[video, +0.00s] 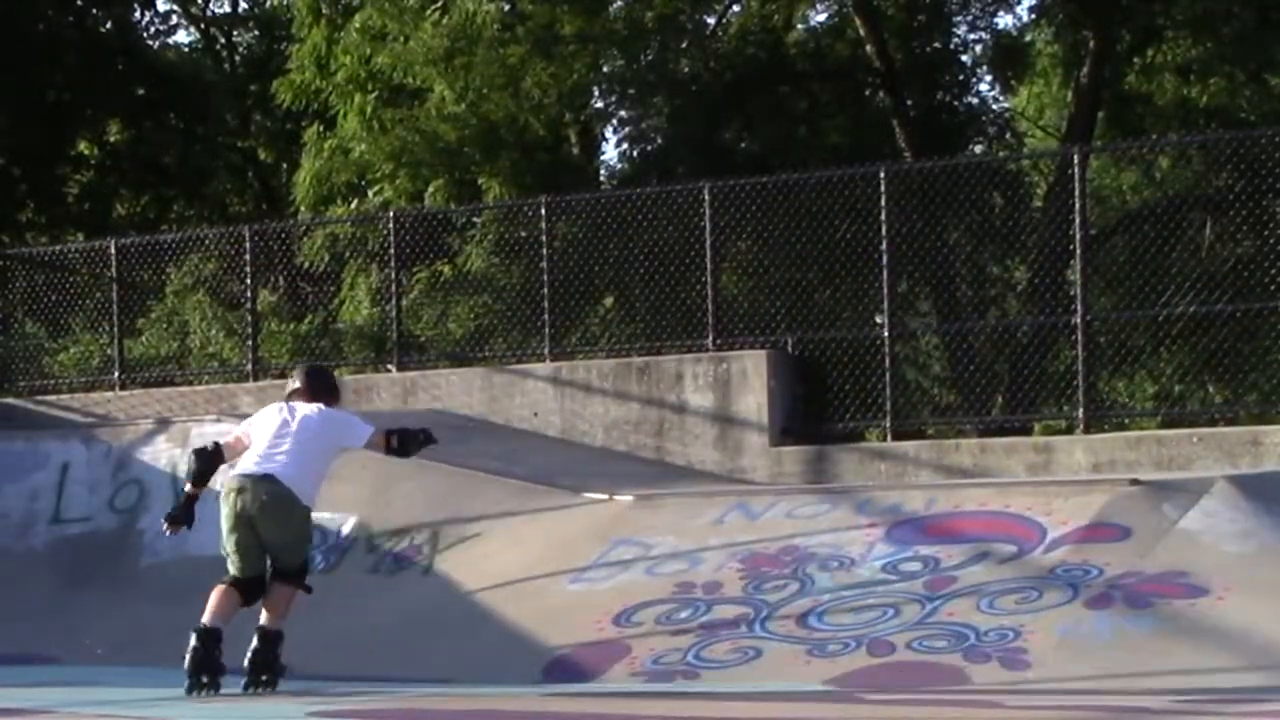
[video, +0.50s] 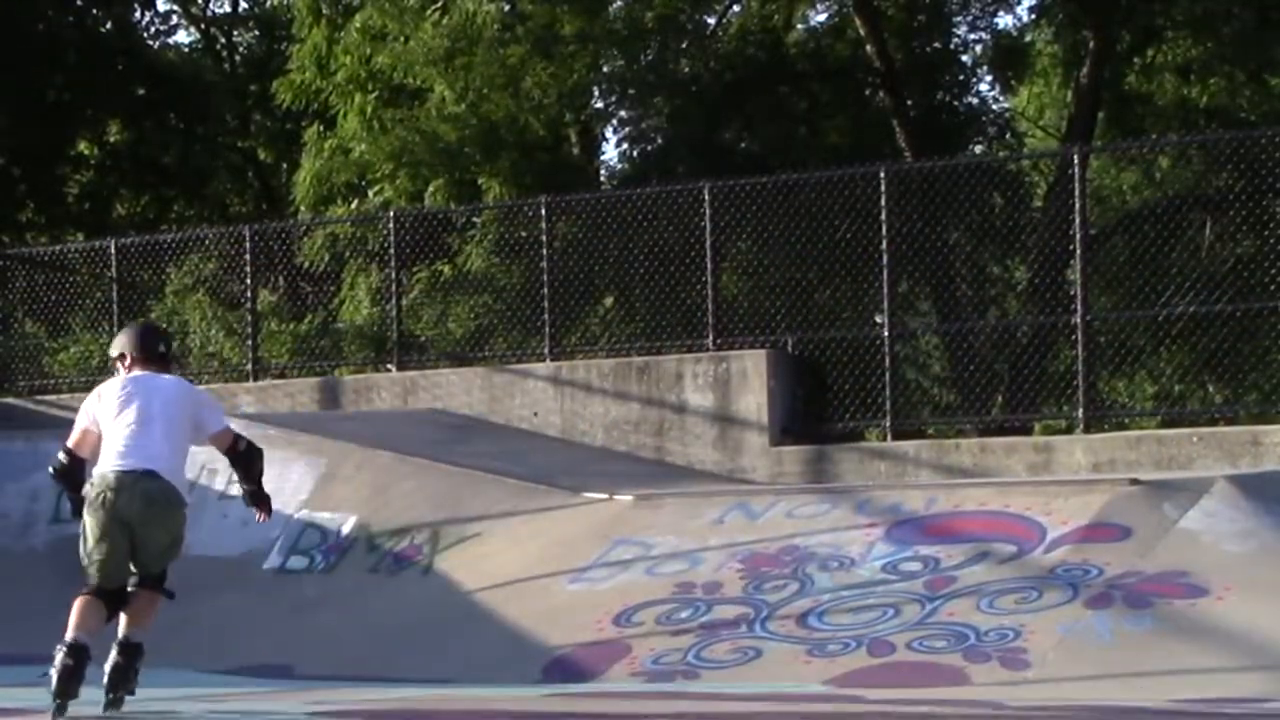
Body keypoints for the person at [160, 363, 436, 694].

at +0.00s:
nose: (335, 409)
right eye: (335, 403)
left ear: (291, 394)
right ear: (329, 399)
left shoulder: (267, 415)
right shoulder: (334, 419)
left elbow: (207, 457)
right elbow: (393, 444)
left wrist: (186, 504)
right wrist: (425, 437)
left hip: (234, 490)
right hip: (281, 493)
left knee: (244, 580)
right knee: (288, 573)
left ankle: (202, 648)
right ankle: (262, 658)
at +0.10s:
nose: (243, 393)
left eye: (246, 389)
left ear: (250, 390)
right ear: (287, 396)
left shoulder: (226, 411)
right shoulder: (294, 417)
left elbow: (165, 460)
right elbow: (352, 446)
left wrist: (147, 507)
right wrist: (370, 440)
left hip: (195, 489)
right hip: (245, 494)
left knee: (203, 580)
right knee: (247, 576)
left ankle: (163, 647)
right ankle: (222, 657)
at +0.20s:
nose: (208, 391)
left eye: (212, 387)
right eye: (257, 395)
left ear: (215, 387)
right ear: (256, 392)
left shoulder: (192, 410)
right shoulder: (264, 414)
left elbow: (132, 462)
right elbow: (325, 451)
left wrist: (122, 512)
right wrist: (331, 443)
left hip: (168, 488)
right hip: (219, 495)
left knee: (173, 582)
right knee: (216, 578)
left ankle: (133, 646)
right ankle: (192, 656)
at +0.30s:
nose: (223, 388)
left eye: (177, 380)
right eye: (222, 382)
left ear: (178, 380)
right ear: (221, 382)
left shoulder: (155, 405)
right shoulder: (230, 409)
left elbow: (102, 462)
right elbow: (291, 450)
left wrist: (102, 510)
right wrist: (302, 461)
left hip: (139, 489)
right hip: (192, 495)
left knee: (139, 582)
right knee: (184, 579)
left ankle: (105, 650)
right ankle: (163, 654)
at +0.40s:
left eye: (152, 370)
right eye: (196, 373)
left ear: (152, 371)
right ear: (193, 373)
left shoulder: (130, 398)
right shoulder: (207, 403)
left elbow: (81, 464)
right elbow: (269, 450)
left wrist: (91, 506)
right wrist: (279, 476)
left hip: (123, 489)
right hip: (175, 495)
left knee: (120, 582)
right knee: (166, 578)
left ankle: (87, 652)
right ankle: (143, 655)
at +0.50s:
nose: (115, 370)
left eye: (116, 364)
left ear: (124, 361)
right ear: (167, 360)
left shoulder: (106, 391)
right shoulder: (188, 393)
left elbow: (68, 463)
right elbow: (240, 450)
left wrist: (81, 501)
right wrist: (254, 489)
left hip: (107, 487)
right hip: (162, 491)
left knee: (101, 585)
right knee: (150, 580)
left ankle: (71, 653)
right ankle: (125, 655)